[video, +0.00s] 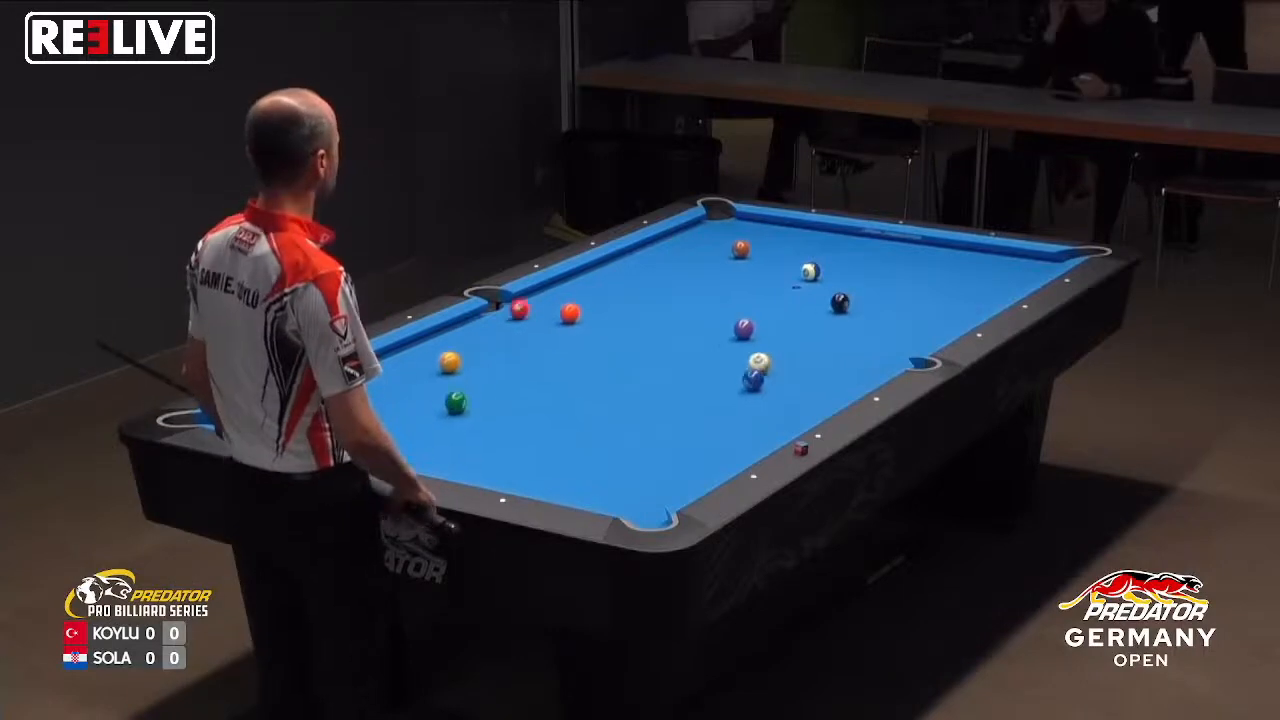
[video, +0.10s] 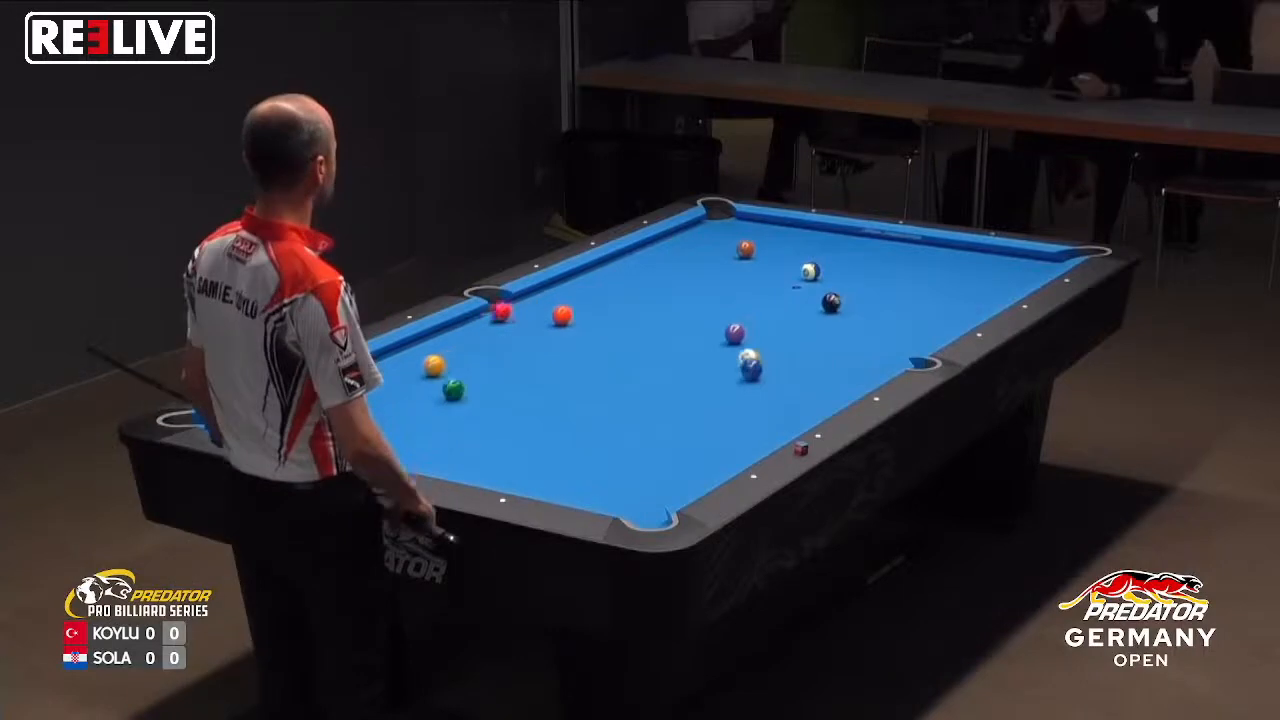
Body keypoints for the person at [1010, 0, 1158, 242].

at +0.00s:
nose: (1087, 1)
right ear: (1072, 0)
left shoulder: (1131, 24)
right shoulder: (1062, 23)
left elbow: (1146, 87)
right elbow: (1029, 81)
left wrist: (1110, 89)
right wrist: (1052, 28)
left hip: (1114, 122)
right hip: (1062, 118)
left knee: (1116, 157)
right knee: (1024, 142)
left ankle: (1101, 237)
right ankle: (1017, 229)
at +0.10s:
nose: (1087, 1)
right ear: (1072, 0)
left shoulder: (1131, 23)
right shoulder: (1062, 23)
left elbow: (1145, 87)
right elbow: (1029, 81)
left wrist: (1110, 89)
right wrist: (1052, 28)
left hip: (1113, 122)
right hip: (1062, 118)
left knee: (1116, 157)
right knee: (1024, 142)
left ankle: (1101, 237)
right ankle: (1016, 230)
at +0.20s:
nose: (1086, 1)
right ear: (1071, 0)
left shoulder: (1130, 23)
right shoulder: (1061, 23)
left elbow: (1145, 85)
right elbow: (1029, 81)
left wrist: (1109, 89)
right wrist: (1051, 28)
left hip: (1113, 122)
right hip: (1062, 118)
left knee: (1116, 157)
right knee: (1024, 142)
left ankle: (1102, 236)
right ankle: (1017, 228)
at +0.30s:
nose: (1086, 2)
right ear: (1071, 1)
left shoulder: (1130, 23)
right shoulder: (1061, 23)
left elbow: (1144, 84)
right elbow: (1029, 80)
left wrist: (1103, 89)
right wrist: (1051, 28)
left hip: (1112, 122)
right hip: (1060, 118)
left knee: (1116, 157)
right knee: (1024, 142)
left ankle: (1101, 237)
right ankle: (1016, 229)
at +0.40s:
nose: (1085, 3)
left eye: (1090, 0)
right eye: (1079, 0)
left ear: (1104, 0)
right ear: (1070, 1)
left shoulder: (1130, 24)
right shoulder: (1062, 24)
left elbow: (1144, 84)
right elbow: (1028, 81)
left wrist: (1102, 89)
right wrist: (1050, 29)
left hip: (1113, 122)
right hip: (1061, 118)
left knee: (1116, 157)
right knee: (1024, 142)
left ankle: (1102, 236)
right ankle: (1017, 228)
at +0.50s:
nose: (1085, 2)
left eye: (1091, 0)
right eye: (1079, 0)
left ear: (1104, 0)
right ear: (1071, 1)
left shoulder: (1130, 23)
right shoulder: (1061, 23)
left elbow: (1144, 83)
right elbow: (1028, 81)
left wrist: (1102, 89)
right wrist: (1050, 29)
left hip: (1113, 122)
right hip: (1061, 118)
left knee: (1116, 157)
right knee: (1024, 142)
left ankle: (1101, 237)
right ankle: (1017, 228)